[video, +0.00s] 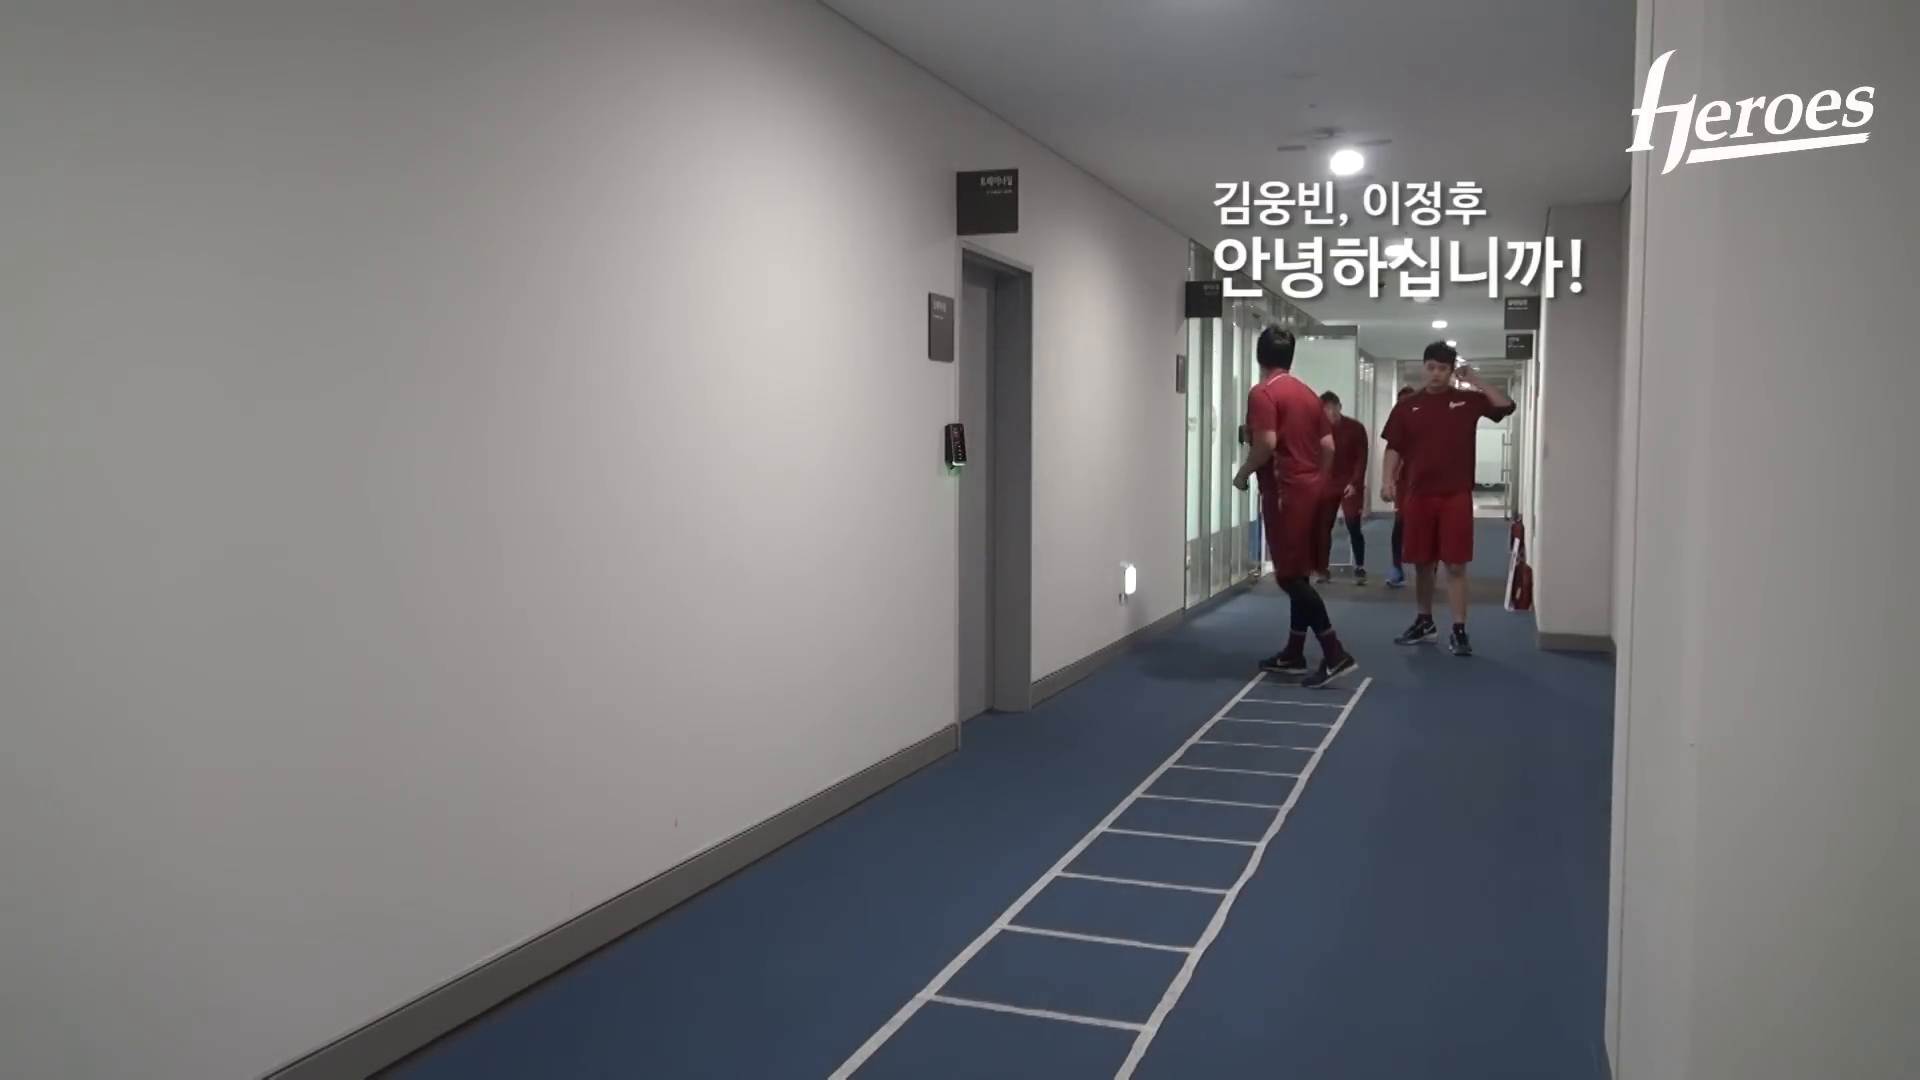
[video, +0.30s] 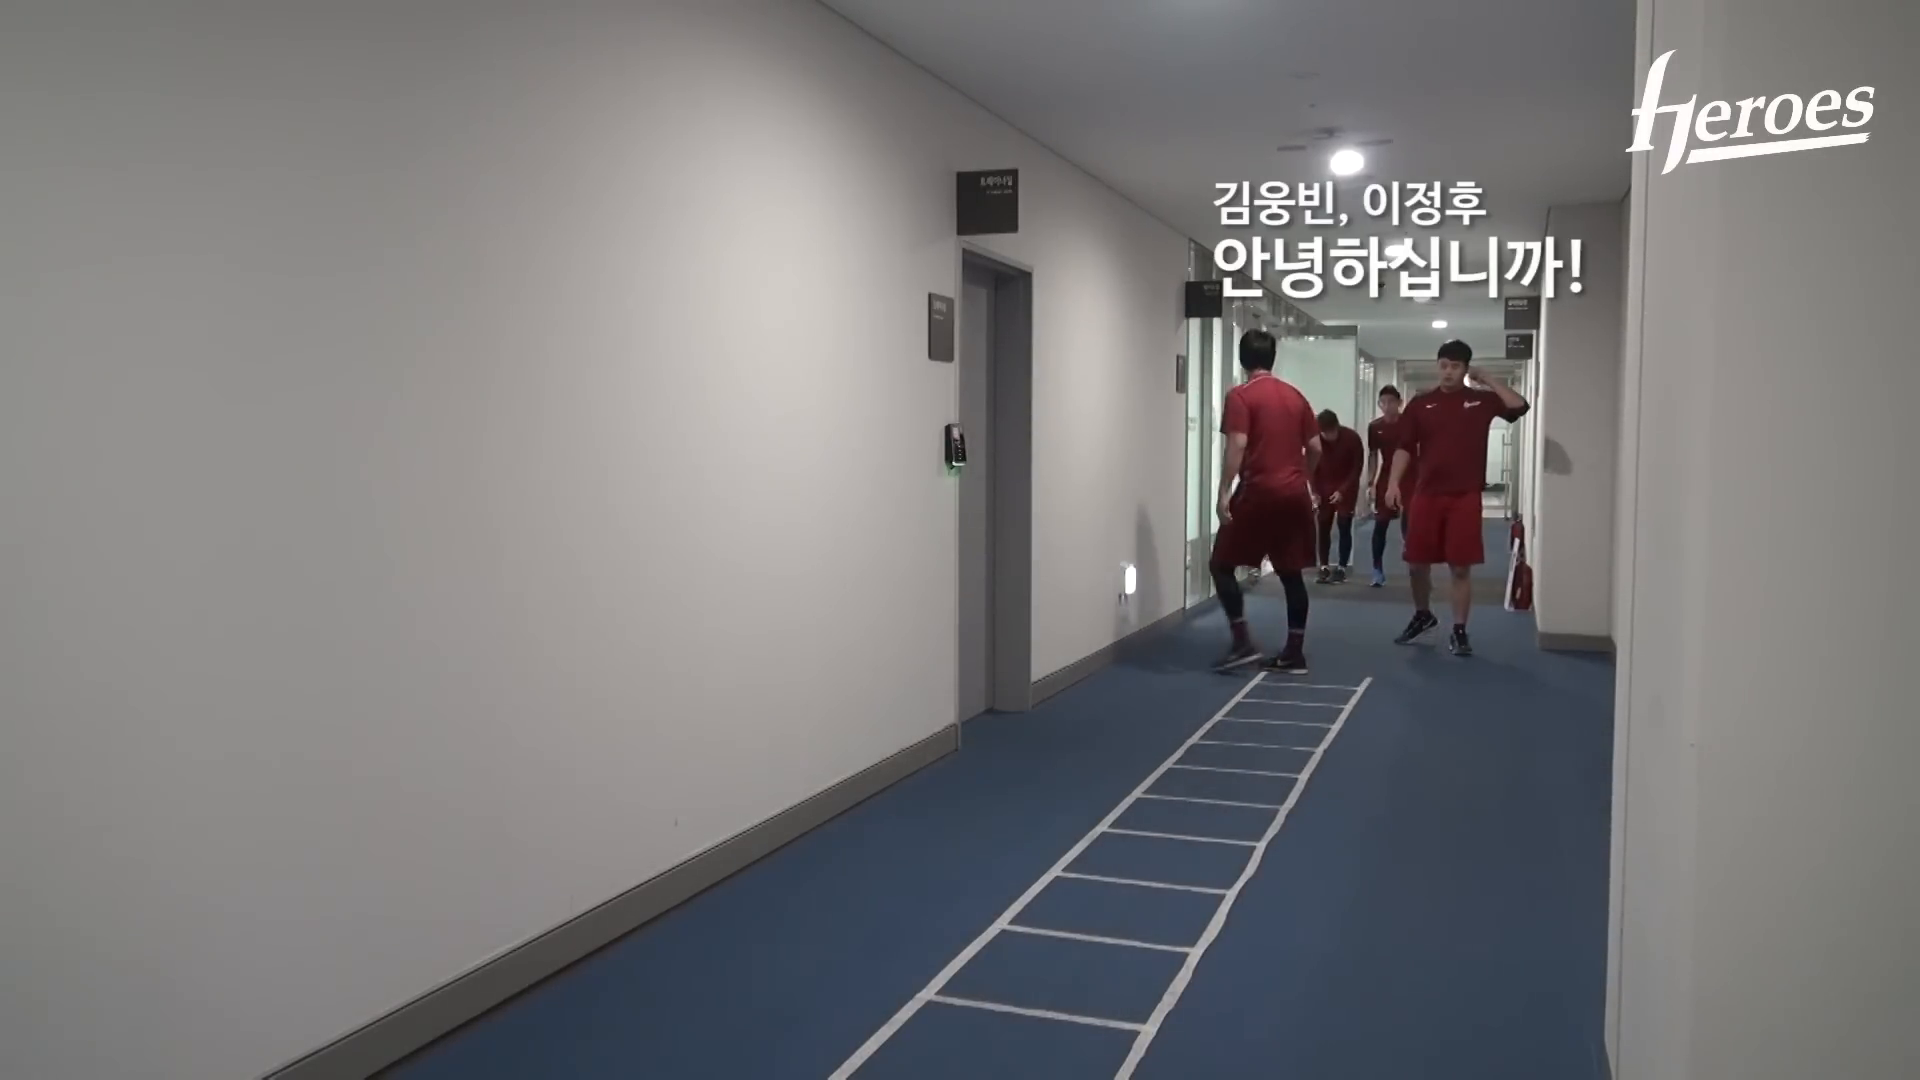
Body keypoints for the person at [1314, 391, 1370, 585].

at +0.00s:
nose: (1328, 413)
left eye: (1330, 408)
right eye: (1324, 409)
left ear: (1338, 407)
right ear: (1321, 410)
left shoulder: (1355, 428)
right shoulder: (1319, 429)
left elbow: (1361, 459)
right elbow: (1314, 456)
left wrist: (1355, 483)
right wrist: (1318, 477)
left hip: (1350, 484)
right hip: (1327, 484)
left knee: (1353, 526)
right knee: (1323, 528)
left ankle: (1359, 566)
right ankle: (1322, 568)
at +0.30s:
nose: (1328, 436)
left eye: (1330, 432)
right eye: (1324, 432)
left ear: (1337, 426)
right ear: (1320, 430)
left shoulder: (1352, 438)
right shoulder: (1315, 441)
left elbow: (1356, 470)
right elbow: (1311, 468)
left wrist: (1342, 491)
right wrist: (1315, 490)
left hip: (1346, 491)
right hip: (1324, 490)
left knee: (1344, 527)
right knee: (1323, 528)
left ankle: (1342, 565)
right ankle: (1323, 565)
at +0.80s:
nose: (1325, 413)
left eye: (1329, 409)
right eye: (1322, 409)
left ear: (1335, 410)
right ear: (1317, 409)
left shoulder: (1345, 432)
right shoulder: (1311, 427)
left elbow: (1348, 465)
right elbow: (1306, 456)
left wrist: (1337, 488)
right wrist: (1301, 483)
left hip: (1339, 484)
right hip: (1318, 483)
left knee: (1339, 524)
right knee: (1313, 522)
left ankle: (1340, 566)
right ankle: (1317, 565)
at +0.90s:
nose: (1322, 405)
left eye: (1326, 401)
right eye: (1319, 401)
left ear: (1332, 404)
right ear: (1314, 403)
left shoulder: (1340, 429)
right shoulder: (1309, 426)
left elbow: (1342, 463)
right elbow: (1305, 456)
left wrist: (1322, 478)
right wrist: (1296, 480)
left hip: (1336, 484)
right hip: (1315, 483)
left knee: (1337, 522)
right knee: (1306, 520)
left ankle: (1340, 566)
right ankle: (1309, 563)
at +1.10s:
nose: (1311, 400)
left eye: (1316, 397)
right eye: (1309, 396)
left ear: (1322, 401)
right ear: (1305, 399)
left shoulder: (1327, 425)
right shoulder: (1302, 424)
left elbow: (1326, 455)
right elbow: (1299, 459)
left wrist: (1297, 461)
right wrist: (1283, 483)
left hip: (1325, 482)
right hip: (1306, 482)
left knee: (1329, 521)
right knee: (1299, 521)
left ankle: (1339, 567)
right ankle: (1299, 564)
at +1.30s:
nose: (1292, 403)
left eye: (1296, 400)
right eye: (1292, 399)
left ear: (1306, 403)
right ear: (1294, 401)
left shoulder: (1309, 427)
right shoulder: (1294, 425)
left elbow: (1304, 459)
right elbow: (1290, 459)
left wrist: (1277, 462)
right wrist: (1272, 479)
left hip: (1306, 483)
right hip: (1291, 481)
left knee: (1313, 522)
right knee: (1290, 522)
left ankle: (1334, 564)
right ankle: (1296, 564)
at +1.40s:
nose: (1283, 402)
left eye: (1287, 399)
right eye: (1284, 398)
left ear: (1297, 403)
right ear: (1290, 401)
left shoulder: (1298, 426)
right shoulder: (1288, 424)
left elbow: (1295, 459)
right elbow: (1285, 458)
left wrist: (1273, 463)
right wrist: (1270, 474)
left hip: (1297, 480)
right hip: (1286, 480)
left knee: (1298, 523)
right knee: (1288, 523)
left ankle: (1324, 562)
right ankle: (1296, 564)